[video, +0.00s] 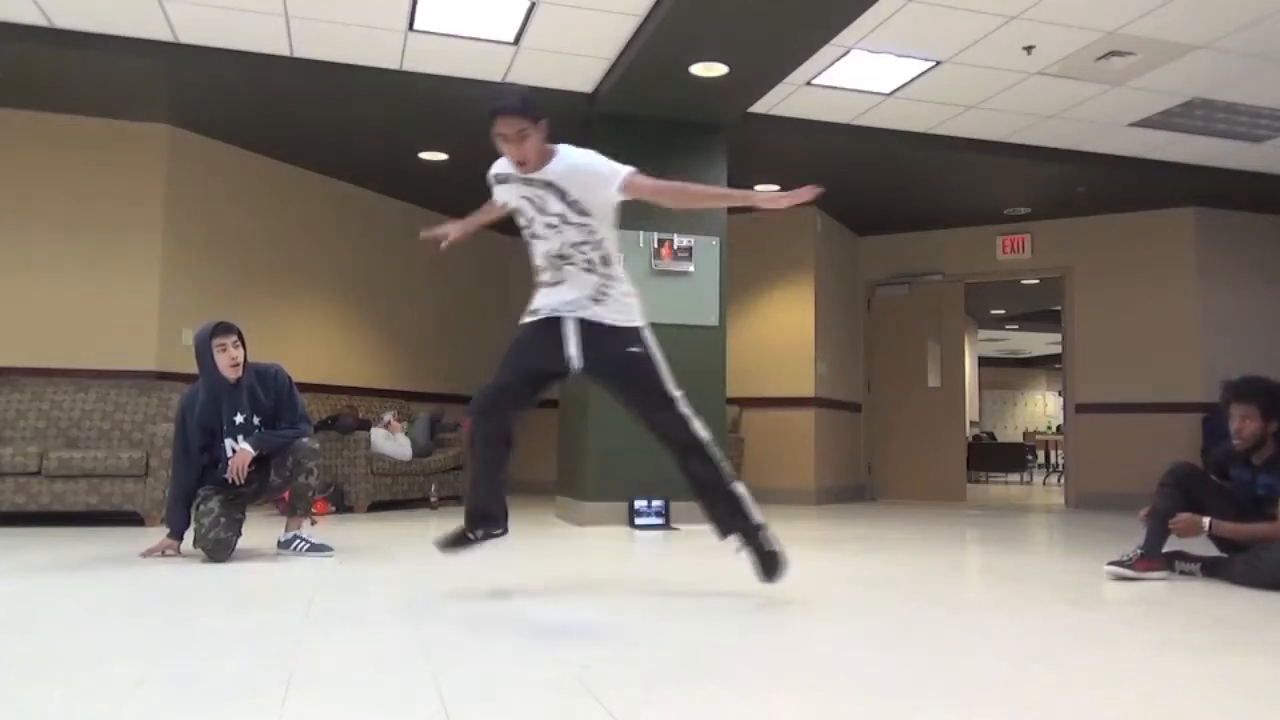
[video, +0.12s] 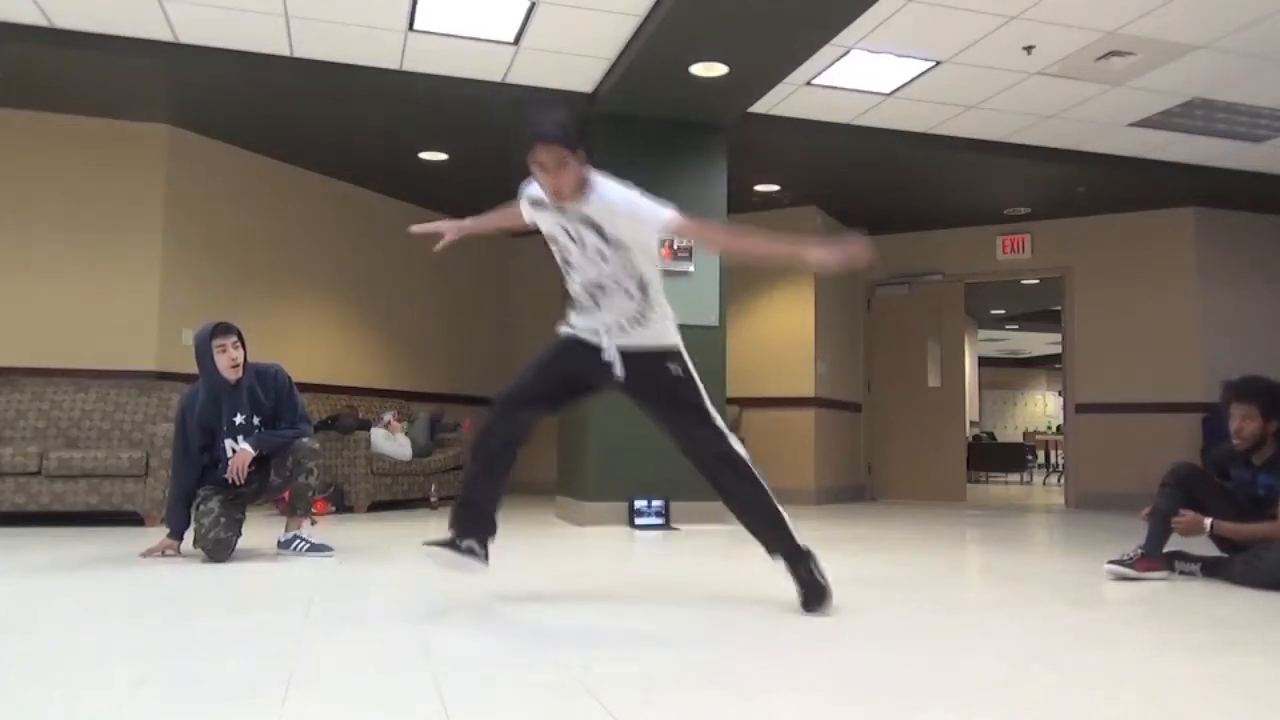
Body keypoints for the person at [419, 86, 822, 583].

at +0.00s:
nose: (513, 149)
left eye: (521, 136)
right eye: (503, 140)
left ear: (544, 130)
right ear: (495, 140)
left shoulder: (582, 167)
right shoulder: (503, 175)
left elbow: (666, 193)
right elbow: (505, 201)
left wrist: (762, 199)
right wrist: (463, 226)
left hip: (610, 317)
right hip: (549, 317)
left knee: (678, 427)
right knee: (490, 408)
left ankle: (751, 532)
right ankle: (486, 520)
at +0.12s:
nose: (549, 180)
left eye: (557, 167)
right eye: (541, 170)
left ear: (581, 160)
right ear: (534, 168)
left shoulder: (617, 201)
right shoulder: (537, 196)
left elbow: (711, 234)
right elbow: (518, 216)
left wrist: (809, 252)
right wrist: (462, 226)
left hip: (651, 347)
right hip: (584, 342)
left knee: (717, 453)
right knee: (510, 412)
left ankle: (797, 561)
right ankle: (471, 532)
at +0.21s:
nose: (582, 228)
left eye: (591, 216)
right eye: (573, 218)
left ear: (614, 214)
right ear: (563, 219)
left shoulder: (648, 263)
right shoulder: (556, 249)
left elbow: (731, 318)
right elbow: (496, 260)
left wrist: (829, 352)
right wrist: (419, 251)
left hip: (672, 387)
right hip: (606, 382)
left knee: (729, 482)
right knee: (535, 443)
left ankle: (814, 579)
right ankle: (488, 574)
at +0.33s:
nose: (603, 277)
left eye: (613, 266)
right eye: (594, 266)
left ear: (632, 270)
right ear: (579, 270)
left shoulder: (654, 319)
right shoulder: (557, 292)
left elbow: (710, 395)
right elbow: (487, 298)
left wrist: (761, 466)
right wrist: (437, 297)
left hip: (661, 393)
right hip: (590, 390)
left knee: (722, 479)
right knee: (536, 462)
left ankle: (817, 576)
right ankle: (503, 583)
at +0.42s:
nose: (628, 318)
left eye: (641, 307)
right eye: (619, 302)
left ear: (654, 310)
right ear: (602, 299)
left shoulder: (658, 369)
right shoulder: (572, 316)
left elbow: (676, 463)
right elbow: (471, 335)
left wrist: (709, 543)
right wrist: (507, 371)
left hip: (627, 414)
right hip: (559, 399)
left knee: (696, 480)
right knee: (502, 447)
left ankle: (784, 536)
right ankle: (494, 583)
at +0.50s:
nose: (650, 329)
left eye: (664, 320)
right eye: (643, 312)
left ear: (673, 331)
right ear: (624, 311)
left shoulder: (660, 397)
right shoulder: (586, 326)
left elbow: (661, 486)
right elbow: (482, 326)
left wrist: (683, 580)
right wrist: (492, 359)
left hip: (610, 431)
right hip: (546, 408)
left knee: (648, 506)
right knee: (493, 453)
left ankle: (707, 528)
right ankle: (490, 587)